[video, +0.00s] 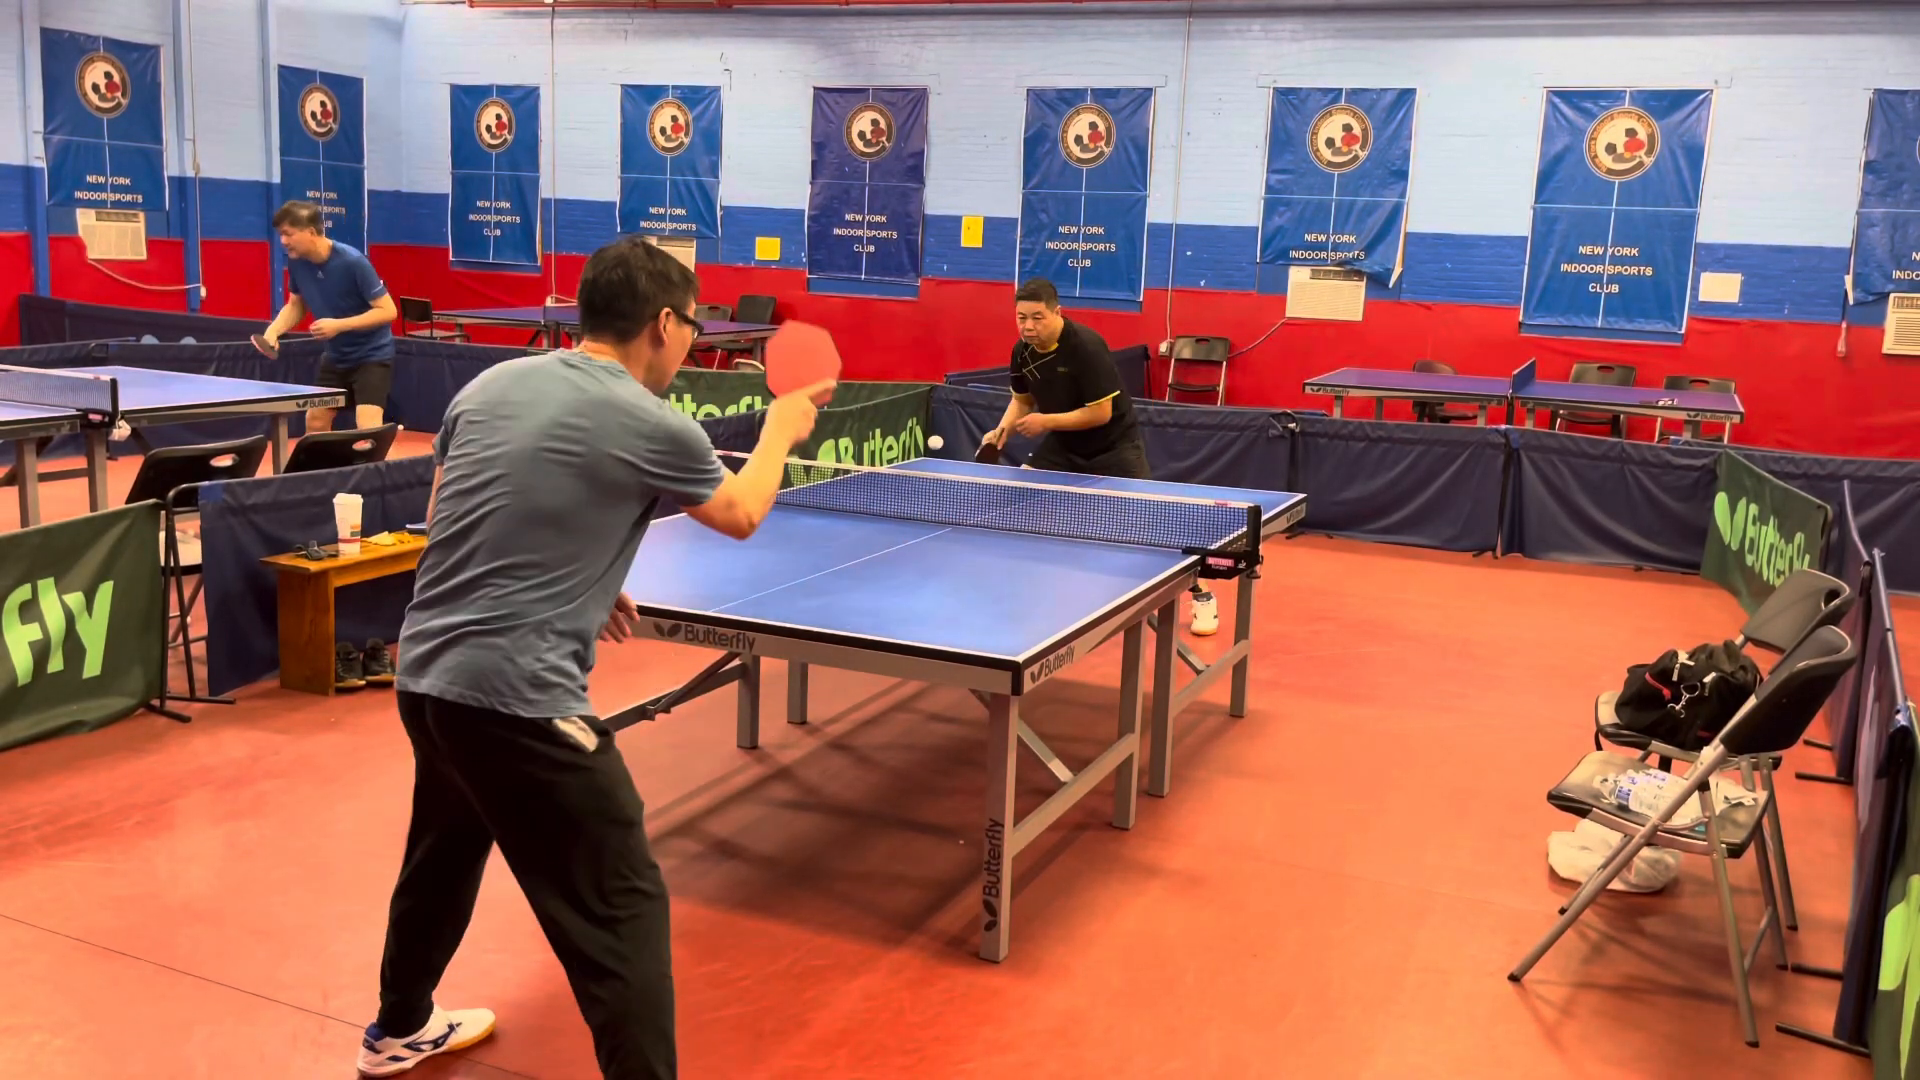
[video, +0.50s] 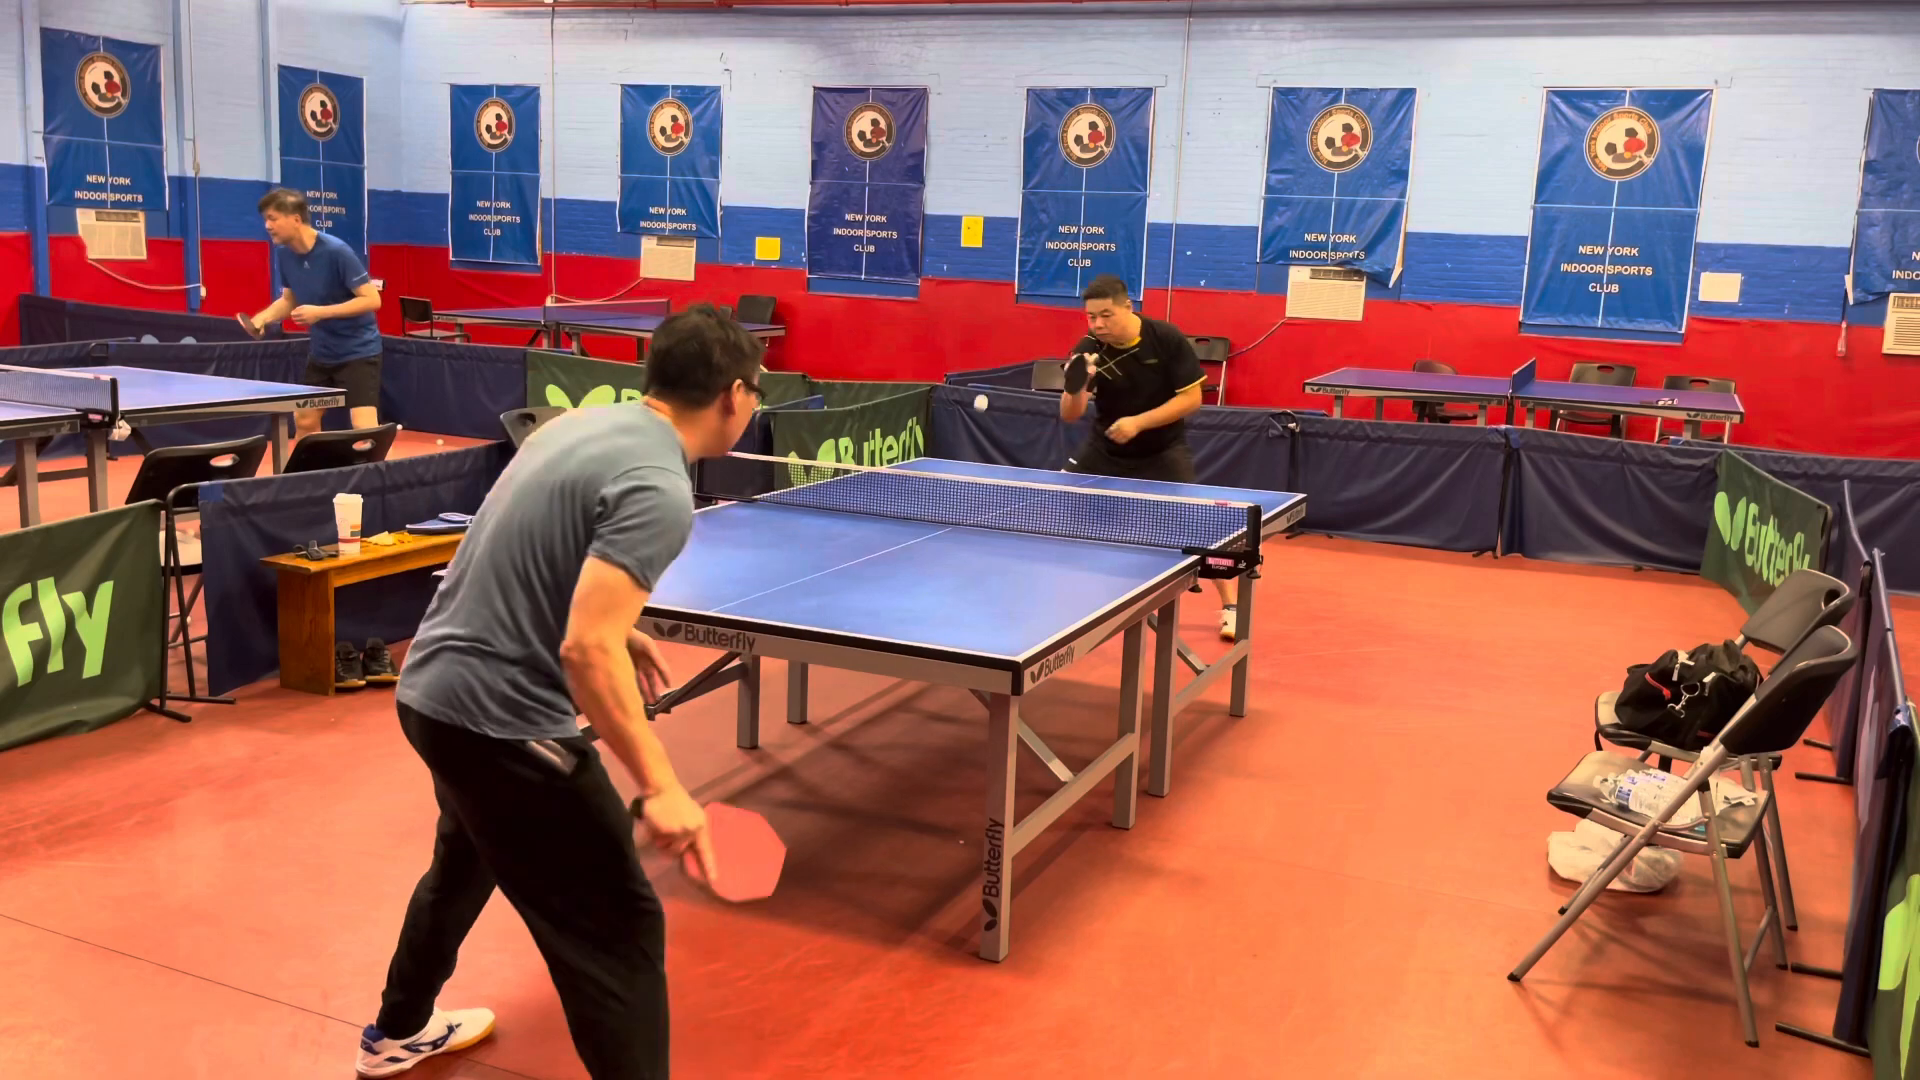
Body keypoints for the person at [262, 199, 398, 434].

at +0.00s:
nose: (283, 241)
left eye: (288, 234)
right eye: (281, 235)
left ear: (311, 232)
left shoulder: (353, 261)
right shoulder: (296, 263)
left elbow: (388, 311)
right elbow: (296, 304)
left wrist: (339, 325)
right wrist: (272, 332)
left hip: (373, 354)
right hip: (335, 355)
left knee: (367, 426)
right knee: (316, 421)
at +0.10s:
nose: (272, 236)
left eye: (277, 229)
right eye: (271, 230)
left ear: (300, 226)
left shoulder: (343, 256)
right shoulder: (289, 260)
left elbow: (378, 305)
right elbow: (289, 301)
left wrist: (328, 319)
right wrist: (264, 325)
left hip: (364, 354)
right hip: (326, 354)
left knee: (366, 425)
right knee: (307, 421)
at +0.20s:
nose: (267, 227)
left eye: (272, 219)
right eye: (266, 220)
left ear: (296, 220)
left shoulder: (337, 251)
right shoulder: (284, 253)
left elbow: (371, 300)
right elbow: (287, 297)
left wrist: (319, 313)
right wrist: (257, 318)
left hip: (359, 353)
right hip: (321, 352)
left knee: (365, 425)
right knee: (304, 420)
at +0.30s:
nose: (265, 221)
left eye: (271, 213)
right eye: (264, 214)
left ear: (294, 215)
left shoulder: (334, 248)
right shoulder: (283, 251)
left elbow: (368, 297)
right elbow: (285, 296)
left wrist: (316, 309)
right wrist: (254, 315)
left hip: (356, 352)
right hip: (318, 351)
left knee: (365, 426)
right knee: (303, 420)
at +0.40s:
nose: (265, 222)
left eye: (270, 215)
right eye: (264, 216)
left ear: (293, 216)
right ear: (291, 218)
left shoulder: (334, 248)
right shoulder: (283, 250)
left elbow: (368, 297)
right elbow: (286, 296)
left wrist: (317, 308)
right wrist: (257, 314)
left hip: (356, 352)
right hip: (318, 352)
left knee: (364, 425)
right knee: (303, 421)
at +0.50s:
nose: (267, 226)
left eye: (273, 219)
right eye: (266, 220)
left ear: (296, 219)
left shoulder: (337, 251)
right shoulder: (284, 254)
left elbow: (372, 299)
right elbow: (289, 299)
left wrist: (320, 312)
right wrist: (261, 318)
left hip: (359, 354)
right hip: (321, 353)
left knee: (364, 429)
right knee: (305, 422)